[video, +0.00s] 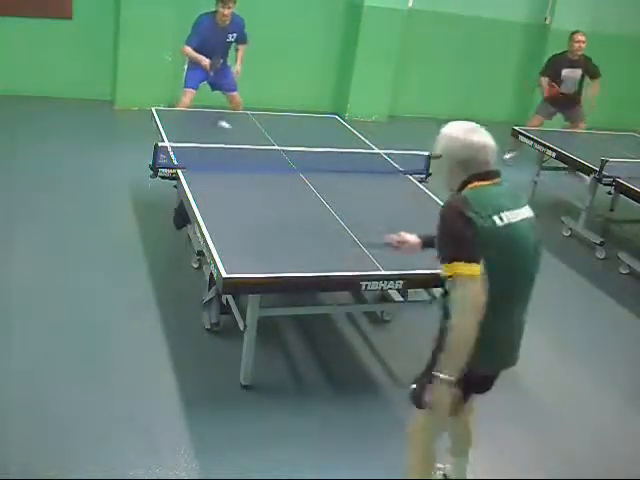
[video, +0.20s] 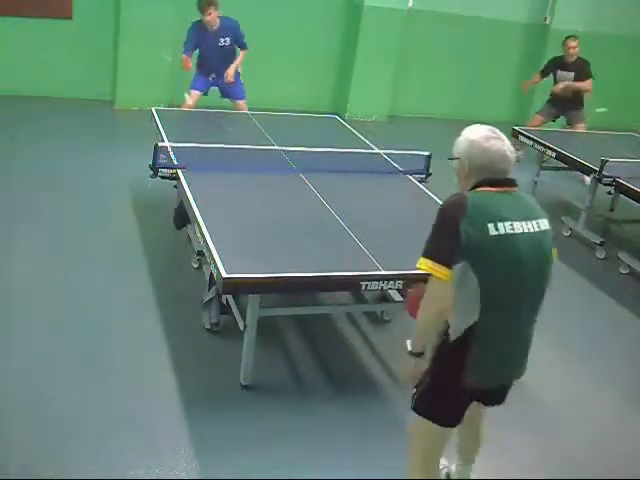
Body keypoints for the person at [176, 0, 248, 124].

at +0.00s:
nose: (226, 12)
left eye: (229, 8)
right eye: (223, 8)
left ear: (233, 9)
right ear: (217, 7)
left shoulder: (238, 22)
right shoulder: (204, 20)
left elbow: (241, 43)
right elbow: (186, 49)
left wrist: (238, 65)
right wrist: (203, 60)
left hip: (221, 65)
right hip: (198, 64)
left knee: (235, 100)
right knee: (187, 99)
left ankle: (240, 130)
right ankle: (173, 128)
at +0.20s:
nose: (207, 19)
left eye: (209, 14)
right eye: (204, 15)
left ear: (216, 12)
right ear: (200, 15)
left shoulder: (231, 25)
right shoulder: (196, 28)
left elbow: (243, 49)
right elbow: (188, 49)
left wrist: (232, 68)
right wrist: (187, 60)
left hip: (228, 72)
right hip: (204, 73)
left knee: (241, 107)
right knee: (188, 104)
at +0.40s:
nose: (187, 33)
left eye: (189, 28)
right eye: (184, 29)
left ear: (198, 23)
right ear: (182, 29)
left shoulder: (219, 31)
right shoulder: (186, 43)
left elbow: (243, 46)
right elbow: (186, 70)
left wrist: (235, 71)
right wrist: (172, 79)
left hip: (230, 72)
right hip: (208, 74)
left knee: (243, 109)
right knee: (191, 104)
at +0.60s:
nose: (177, 41)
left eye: (179, 36)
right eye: (174, 38)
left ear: (187, 29)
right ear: (172, 37)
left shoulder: (209, 33)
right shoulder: (178, 50)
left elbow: (236, 44)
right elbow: (180, 77)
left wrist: (233, 69)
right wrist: (167, 93)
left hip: (224, 73)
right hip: (201, 75)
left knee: (238, 107)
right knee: (187, 103)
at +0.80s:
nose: (182, 28)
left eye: (184, 23)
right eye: (178, 25)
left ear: (190, 18)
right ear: (175, 26)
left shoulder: (208, 25)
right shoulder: (176, 40)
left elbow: (230, 37)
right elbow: (181, 73)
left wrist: (226, 63)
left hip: (216, 67)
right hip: (194, 71)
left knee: (235, 105)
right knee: (185, 102)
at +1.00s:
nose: (193, 11)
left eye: (196, 6)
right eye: (190, 8)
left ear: (201, 5)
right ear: (186, 9)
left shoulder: (213, 16)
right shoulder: (181, 28)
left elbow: (228, 30)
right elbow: (176, 61)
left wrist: (228, 56)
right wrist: (198, 78)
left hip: (213, 63)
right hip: (190, 67)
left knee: (231, 100)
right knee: (185, 102)